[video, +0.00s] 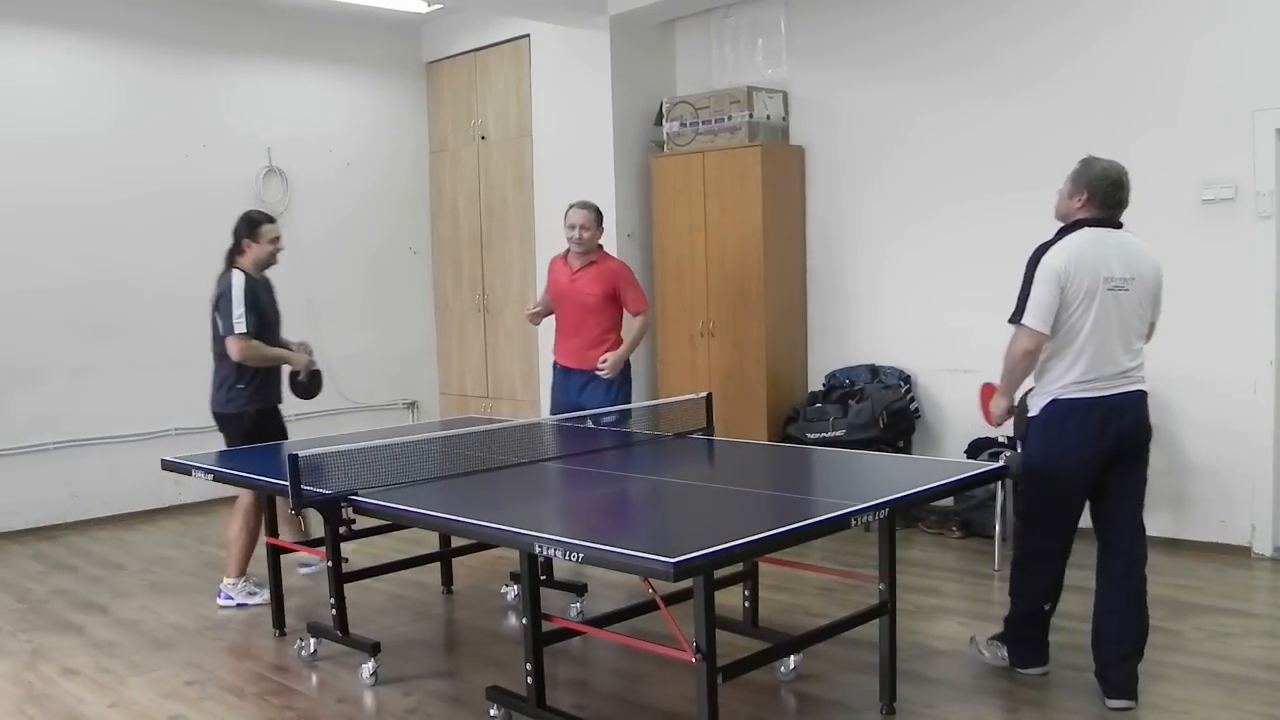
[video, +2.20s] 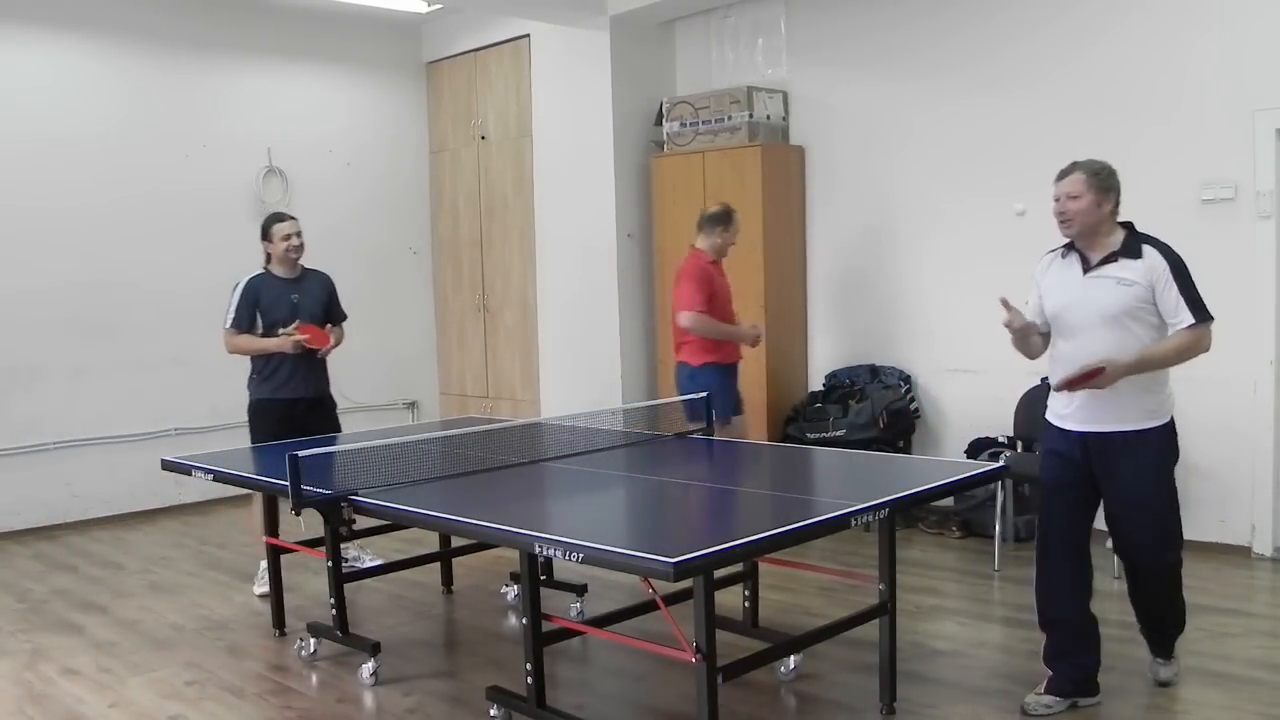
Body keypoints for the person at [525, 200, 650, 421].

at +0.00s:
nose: (577, 235)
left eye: (585, 229)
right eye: (571, 228)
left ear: (599, 232)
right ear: (564, 230)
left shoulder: (616, 270)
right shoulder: (557, 265)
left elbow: (643, 316)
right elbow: (551, 297)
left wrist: (622, 355)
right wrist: (539, 311)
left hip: (606, 377)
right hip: (565, 376)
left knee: (608, 451)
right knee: (566, 451)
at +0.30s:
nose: (564, 231)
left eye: (571, 225)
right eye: (557, 225)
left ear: (580, 231)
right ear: (547, 231)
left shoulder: (600, 266)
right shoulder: (530, 274)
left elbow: (621, 304)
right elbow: (505, 315)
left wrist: (627, 337)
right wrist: (517, 323)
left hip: (599, 375)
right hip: (552, 377)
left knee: (607, 446)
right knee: (552, 446)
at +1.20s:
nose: (586, 229)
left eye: (586, 223)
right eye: (579, 223)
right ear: (557, 229)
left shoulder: (601, 261)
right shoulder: (540, 276)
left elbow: (617, 299)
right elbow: (523, 325)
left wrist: (634, 318)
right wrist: (561, 325)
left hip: (615, 365)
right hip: (572, 371)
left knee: (638, 431)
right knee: (573, 441)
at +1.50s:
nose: (637, 235)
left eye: (638, 229)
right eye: (632, 228)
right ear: (609, 231)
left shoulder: (644, 270)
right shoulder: (587, 273)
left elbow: (657, 310)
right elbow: (563, 319)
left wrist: (669, 329)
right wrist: (603, 326)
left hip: (650, 368)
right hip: (608, 372)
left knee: (659, 443)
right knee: (603, 445)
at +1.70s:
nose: (674, 240)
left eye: (675, 234)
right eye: (670, 233)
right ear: (650, 232)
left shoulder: (675, 272)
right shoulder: (620, 271)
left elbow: (688, 314)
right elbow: (596, 318)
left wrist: (700, 330)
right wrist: (638, 327)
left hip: (677, 366)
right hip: (640, 369)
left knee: (680, 444)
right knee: (642, 444)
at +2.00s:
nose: (712, 242)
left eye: (713, 235)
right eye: (709, 233)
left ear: (695, 233)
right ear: (692, 232)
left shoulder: (701, 271)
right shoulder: (663, 270)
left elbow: (705, 315)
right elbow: (639, 315)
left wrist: (735, 333)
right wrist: (689, 329)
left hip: (702, 370)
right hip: (675, 373)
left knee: (702, 443)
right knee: (683, 445)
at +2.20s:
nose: (734, 242)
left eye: (735, 236)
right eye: (733, 235)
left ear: (717, 234)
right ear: (721, 234)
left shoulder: (712, 266)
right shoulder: (695, 267)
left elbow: (714, 316)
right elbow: (688, 318)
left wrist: (743, 333)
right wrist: (740, 334)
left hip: (720, 368)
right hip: (703, 370)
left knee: (736, 438)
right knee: (714, 444)